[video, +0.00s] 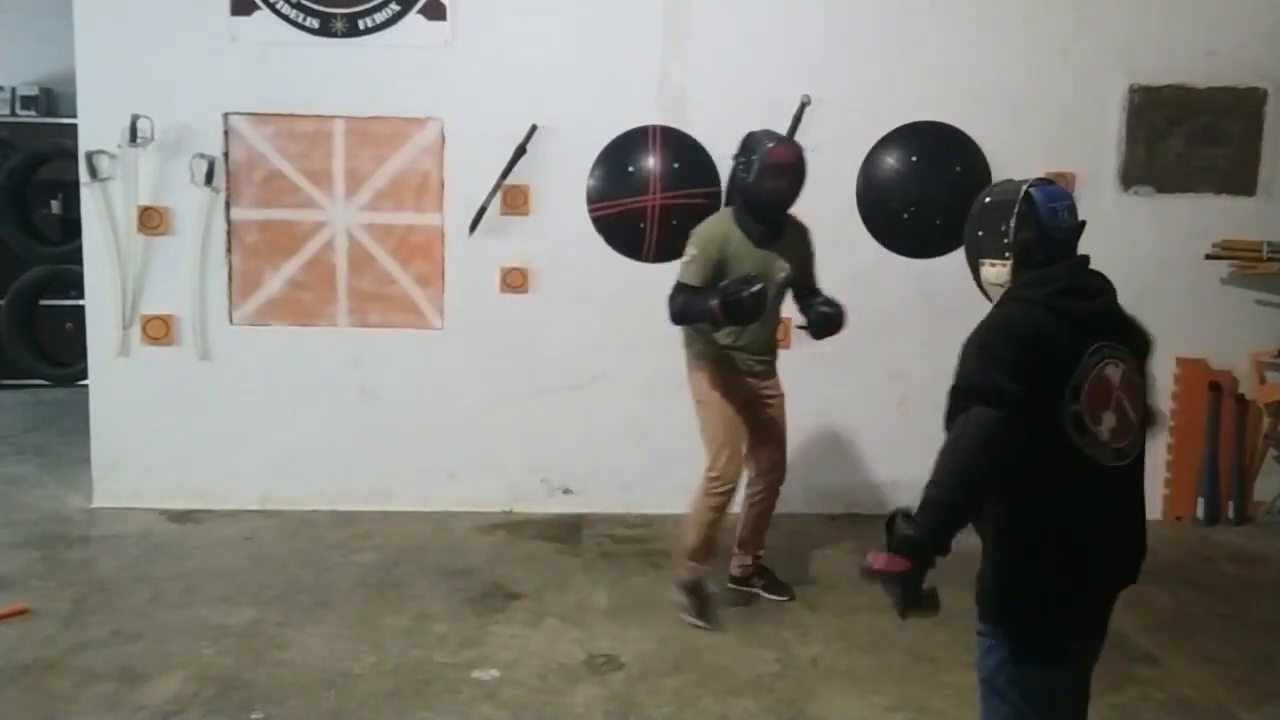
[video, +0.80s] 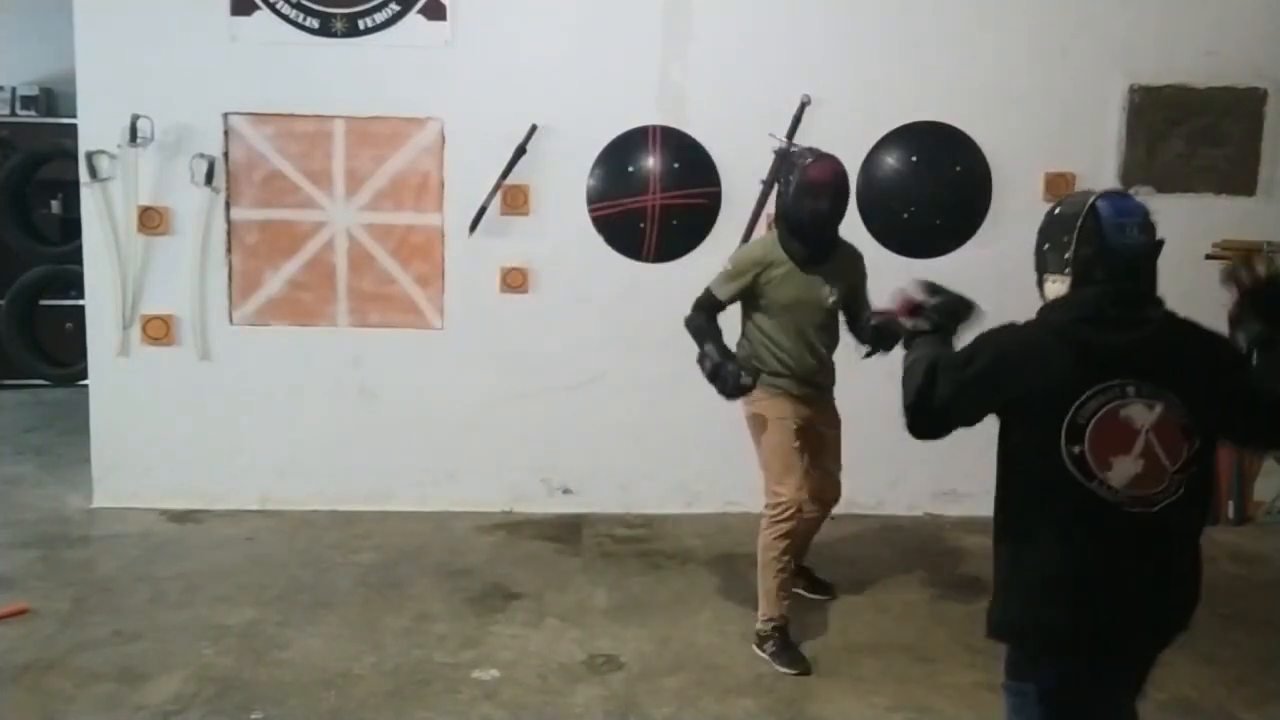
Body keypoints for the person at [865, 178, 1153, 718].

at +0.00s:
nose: (984, 259)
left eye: (990, 246)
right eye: (985, 245)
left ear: (1009, 247)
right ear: (1063, 240)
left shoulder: (1009, 330)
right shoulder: (1114, 321)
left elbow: (975, 446)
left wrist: (918, 539)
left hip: (1029, 566)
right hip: (1103, 556)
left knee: (1014, 697)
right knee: (1063, 696)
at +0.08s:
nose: (981, 267)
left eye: (986, 252)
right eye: (981, 253)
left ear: (1010, 251)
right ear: (1052, 247)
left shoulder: (1033, 320)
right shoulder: (1087, 301)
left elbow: (1003, 437)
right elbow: (1045, 392)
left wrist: (930, 521)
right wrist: (969, 398)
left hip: (1044, 561)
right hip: (1095, 549)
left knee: (1013, 695)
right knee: (1056, 690)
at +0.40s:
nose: (989, 289)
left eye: (992, 274)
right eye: (988, 275)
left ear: (1016, 272)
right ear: (1058, 264)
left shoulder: (1047, 333)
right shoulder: (1089, 319)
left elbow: (1042, 444)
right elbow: (1086, 427)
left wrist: (972, 526)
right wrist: (1006, 429)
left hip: (1069, 558)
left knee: (1027, 694)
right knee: (1052, 689)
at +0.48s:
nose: (1001, 285)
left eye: (1006, 269)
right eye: (1000, 270)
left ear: (1028, 268)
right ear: (1070, 262)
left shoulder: (1038, 341)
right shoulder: (1117, 331)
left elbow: (1024, 455)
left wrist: (960, 513)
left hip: (1054, 567)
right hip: (1114, 557)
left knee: (1025, 695)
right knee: (1059, 691)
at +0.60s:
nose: (1019, 275)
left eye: (1026, 264)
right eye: (1024, 262)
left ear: (1041, 275)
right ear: (1111, 272)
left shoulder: (1008, 367)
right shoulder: (1178, 363)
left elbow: (957, 476)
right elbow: (1228, 470)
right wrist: (1152, 452)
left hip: (1040, 588)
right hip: (1135, 583)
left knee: (1029, 702)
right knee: (1077, 699)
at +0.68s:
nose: (1033, 284)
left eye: (1039, 272)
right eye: (1037, 270)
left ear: (1054, 277)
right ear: (1133, 279)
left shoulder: (1012, 367)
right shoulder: (1187, 367)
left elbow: (923, 440)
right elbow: (1250, 475)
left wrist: (916, 353)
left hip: (1043, 614)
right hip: (1143, 608)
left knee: (1031, 707)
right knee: (1093, 704)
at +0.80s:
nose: (1041, 269)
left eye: (1048, 256)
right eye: (1045, 256)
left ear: (1067, 264)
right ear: (1145, 265)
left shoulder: (1023, 349)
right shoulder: (1202, 354)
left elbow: (927, 412)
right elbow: (1267, 426)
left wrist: (928, 332)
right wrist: (1264, 327)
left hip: (1050, 603)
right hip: (1156, 600)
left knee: (1041, 704)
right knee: (1113, 704)